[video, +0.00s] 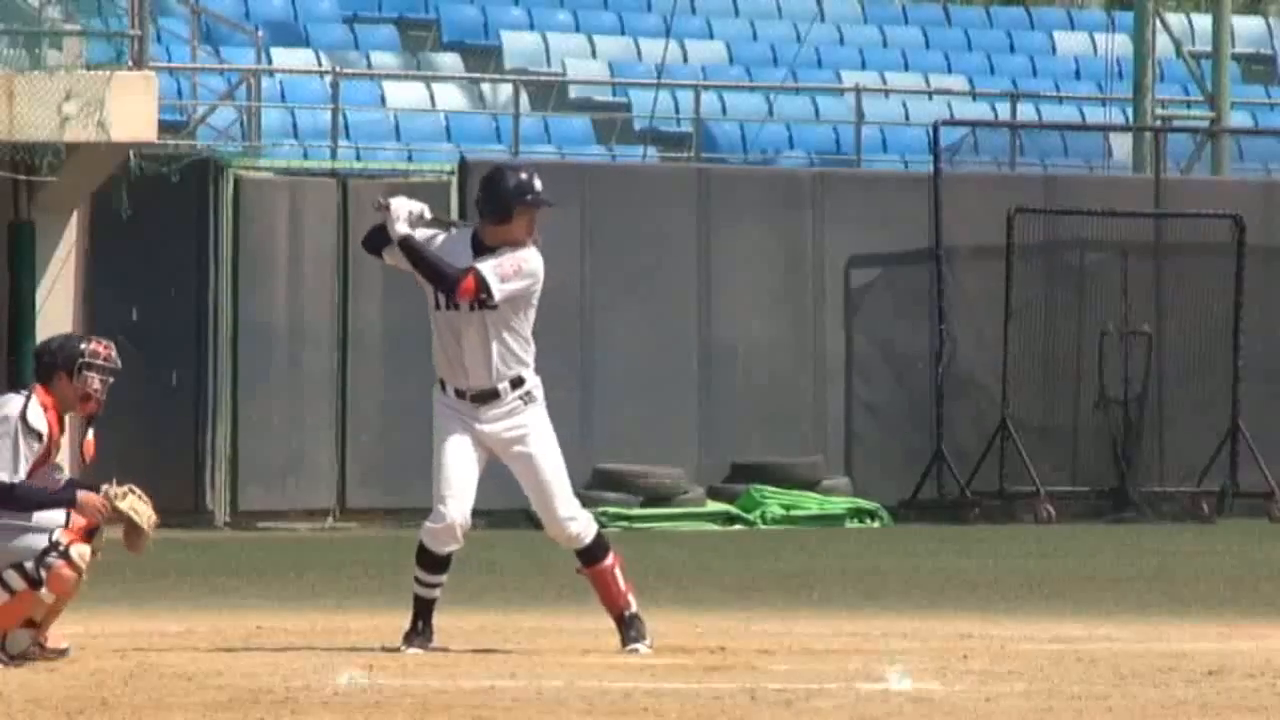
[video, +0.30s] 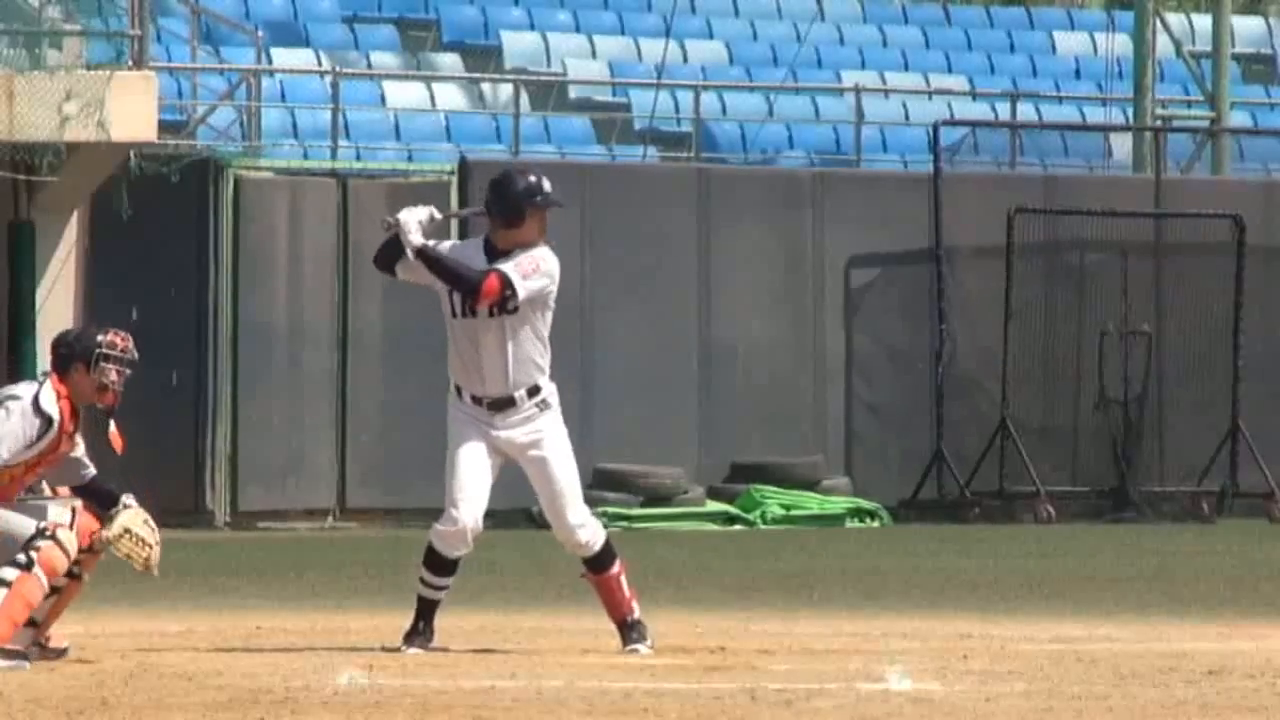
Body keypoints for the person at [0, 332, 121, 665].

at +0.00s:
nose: (95, 385)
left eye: (99, 377)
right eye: (87, 375)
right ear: (61, 376)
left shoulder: (54, 416)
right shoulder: (19, 416)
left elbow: (46, 482)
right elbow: (6, 493)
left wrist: (99, 496)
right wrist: (73, 501)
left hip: (21, 516)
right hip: (4, 522)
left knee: (83, 530)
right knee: (63, 554)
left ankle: (27, 636)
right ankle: (6, 636)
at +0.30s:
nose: (112, 378)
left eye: (115, 370)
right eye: (104, 368)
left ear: (78, 372)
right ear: (76, 369)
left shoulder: (64, 410)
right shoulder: (31, 410)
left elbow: (78, 474)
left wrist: (120, 508)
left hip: (11, 504)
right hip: (3, 509)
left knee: (87, 525)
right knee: (53, 536)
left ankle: (29, 633)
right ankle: (5, 638)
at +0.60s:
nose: (104, 411)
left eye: (106, 403)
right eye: (95, 402)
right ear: (66, 405)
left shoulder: (62, 447)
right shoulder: (21, 447)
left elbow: (91, 501)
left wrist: (154, 536)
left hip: (7, 540)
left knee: (93, 540)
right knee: (68, 547)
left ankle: (33, 638)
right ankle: (5, 639)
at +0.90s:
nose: (102, 423)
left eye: (105, 415)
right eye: (93, 414)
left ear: (68, 420)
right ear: (65, 418)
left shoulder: (70, 462)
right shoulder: (19, 457)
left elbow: (112, 511)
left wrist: (178, 543)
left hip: (10, 544)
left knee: (98, 549)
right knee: (66, 551)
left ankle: (32, 641)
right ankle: (5, 642)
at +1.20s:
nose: (105, 429)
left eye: (108, 420)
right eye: (96, 420)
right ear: (69, 424)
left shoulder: (77, 467)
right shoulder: (22, 462)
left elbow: (117, 515)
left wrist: (181, 548)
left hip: (13, 547)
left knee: (101, 554)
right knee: (70, 555)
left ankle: (35, 642)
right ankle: (6, 643)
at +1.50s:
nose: (111, 434)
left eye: (112, 426)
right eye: (101, 426)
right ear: (74, 428)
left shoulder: (79, 468)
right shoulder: (25, 465)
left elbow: (110, 523)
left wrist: (159, 562)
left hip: (17, 548)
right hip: (4, 550)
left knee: (102, 554)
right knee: (73, 556)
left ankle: (35, 643)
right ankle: (7, 645)